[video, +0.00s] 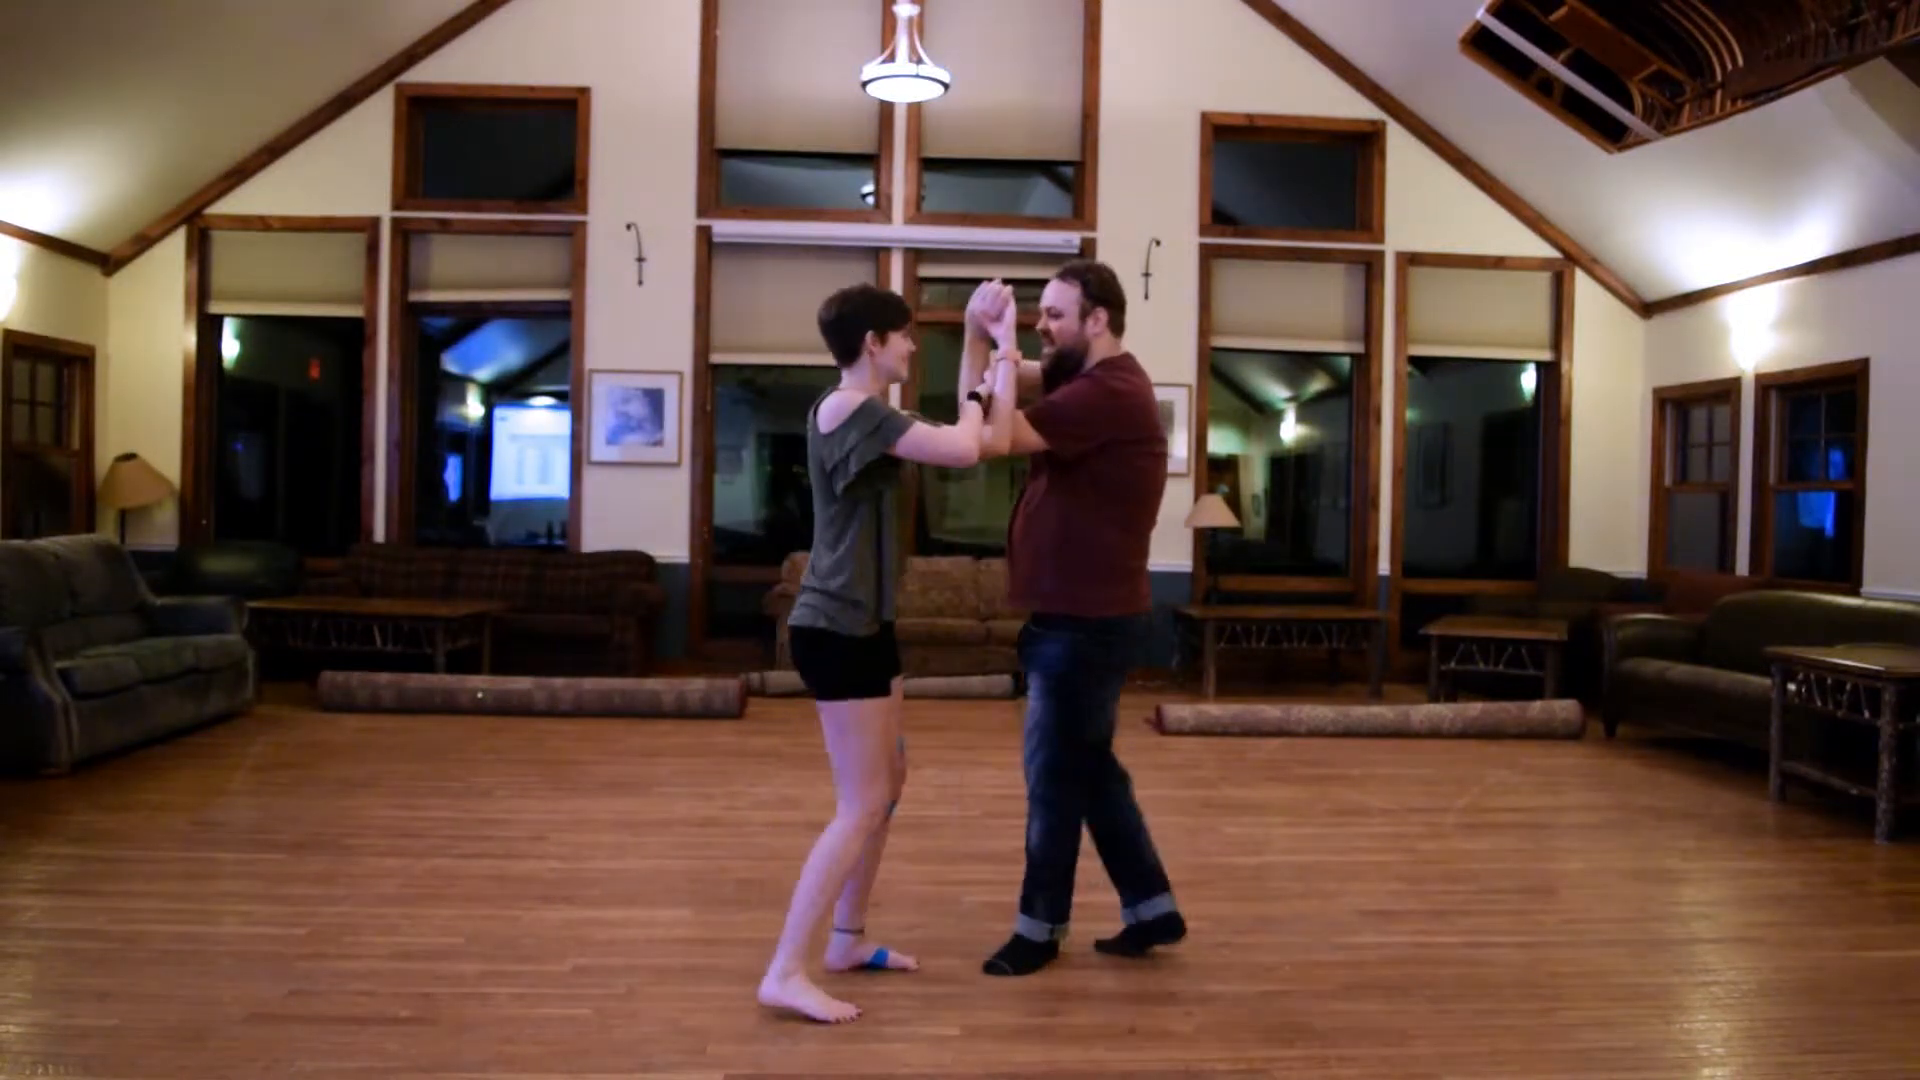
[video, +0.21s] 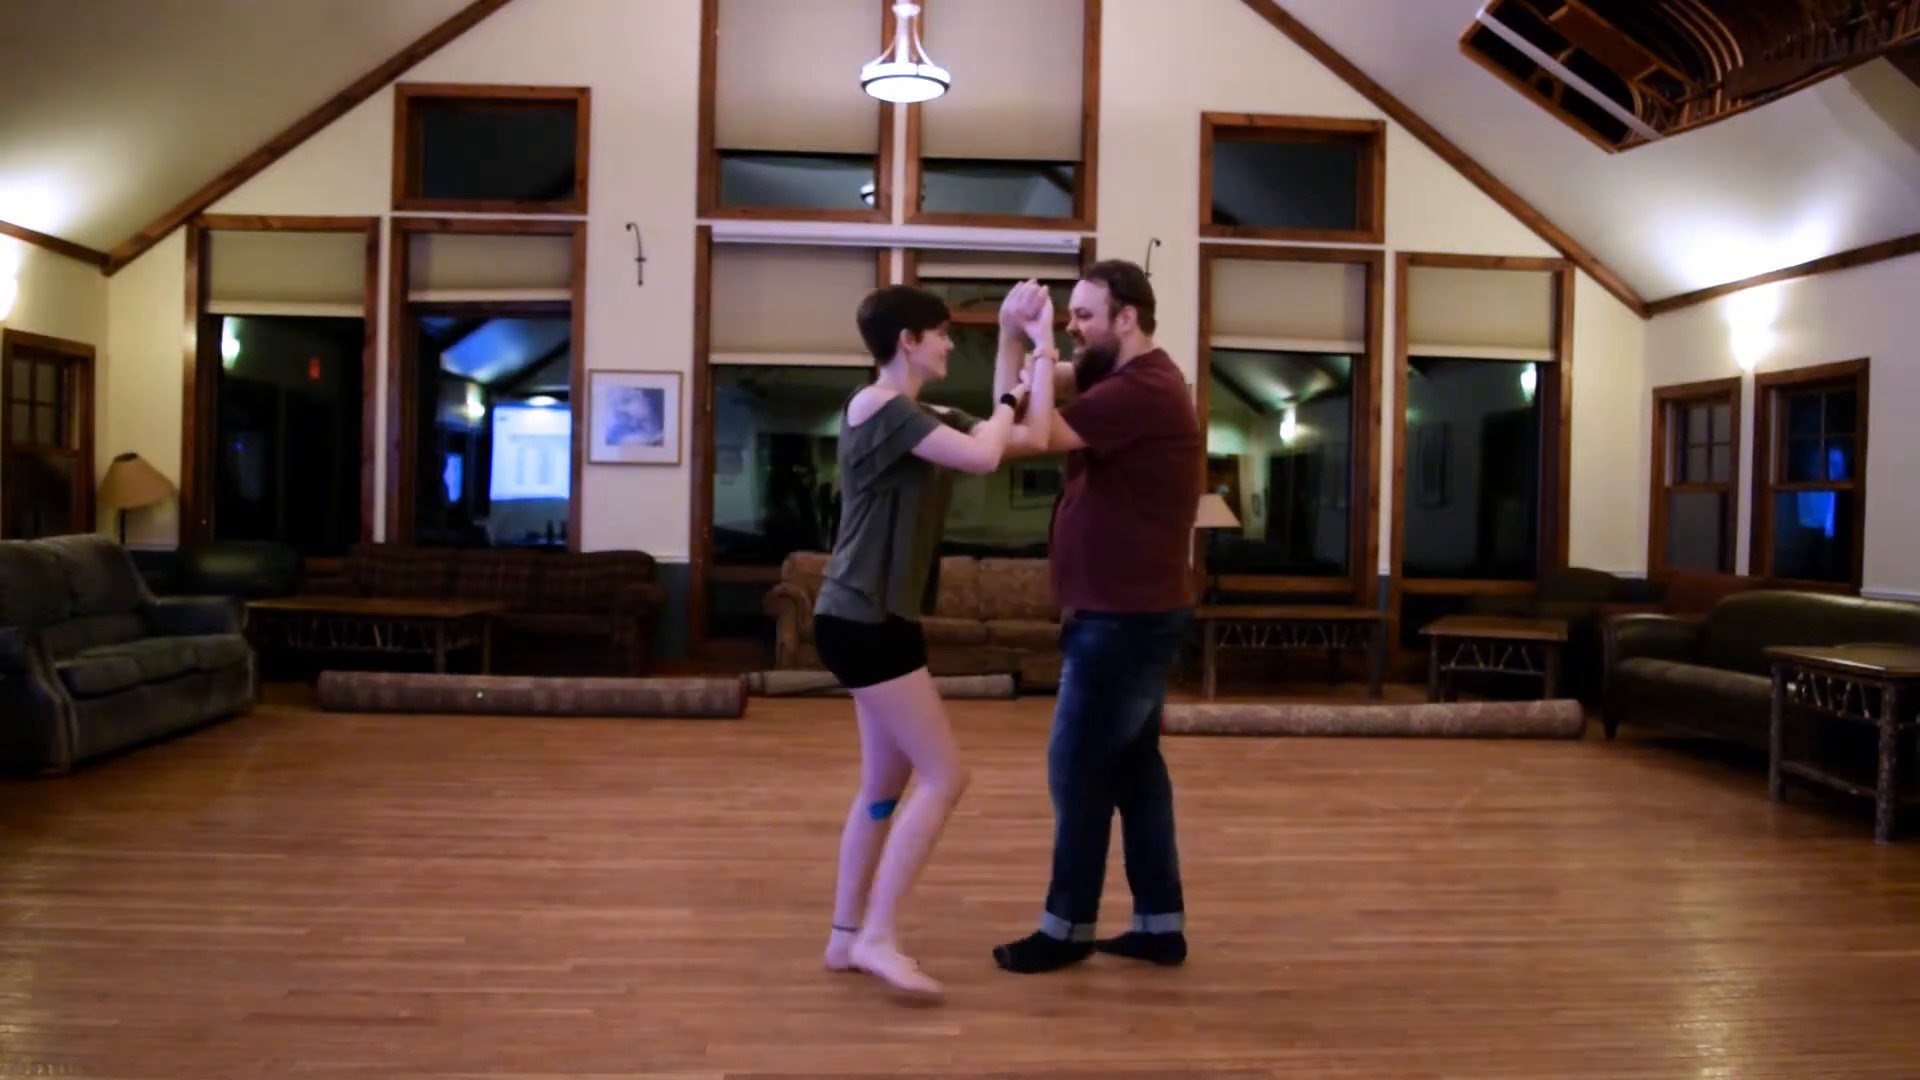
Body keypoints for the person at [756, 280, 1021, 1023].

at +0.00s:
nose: (913, 349)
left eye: (911, 336)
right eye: (907, 336)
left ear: (860, 347)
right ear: (876, 344)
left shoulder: (843, 409)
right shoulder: (858, 416)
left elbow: (955, 443)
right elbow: (969, 447)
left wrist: (972, 371)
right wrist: (998, 352)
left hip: (858, 623)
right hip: (840, 628)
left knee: (887, 778)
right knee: (862, 804)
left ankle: (846, 940)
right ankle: (784, 974)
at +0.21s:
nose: (951, 349)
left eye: (950, 337)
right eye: (944, 337)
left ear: (902, 344)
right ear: (909, 342)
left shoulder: (877, 406)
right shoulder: (889, 411)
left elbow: (998, 439)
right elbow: (983, 453)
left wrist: (1016, 363)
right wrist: (1012, 384)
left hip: (861, 615)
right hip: (872, 620)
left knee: (881, 785)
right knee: (945, 775)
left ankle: (846, 933)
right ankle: (877, 935)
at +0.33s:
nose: (979, 349)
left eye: (977, 337)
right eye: (971, 337)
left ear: (926, 345)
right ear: (938, 344)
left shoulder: (903, 407)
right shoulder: (915, 414)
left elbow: (1017, 439)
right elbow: (1012, 453)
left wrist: (1040, 353)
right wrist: (1036, 386)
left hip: (890, 615)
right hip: (897, 622)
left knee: (891, 782)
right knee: (967, 775)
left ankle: (847, 935)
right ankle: (979, 953)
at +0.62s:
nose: (1044, 358)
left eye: (1043, 346)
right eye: (1038, 347)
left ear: (994, 354)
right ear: (1008, 352)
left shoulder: (974, 418)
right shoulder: (991, 425)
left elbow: (1086, 448)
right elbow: (1091, 464)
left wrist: (1100, 364)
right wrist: (1116, 384)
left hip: (972, 626)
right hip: (989, 632)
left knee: (962, 789)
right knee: (1047, 790)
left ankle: (866, 913)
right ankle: (1055, 968)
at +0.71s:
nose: (1063, 357)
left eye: (1062, 345)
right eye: (1059, 345)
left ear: (1015, 352)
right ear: (1032, 350)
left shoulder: (990, 418)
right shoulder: (1015, 425)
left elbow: (1102, 448)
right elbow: (1123, 462)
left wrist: (1111, 363)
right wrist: (1145, 372)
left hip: (999, 623)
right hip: (1020, 629)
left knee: (1020, 797)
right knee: (1067, 791)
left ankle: (902, 890)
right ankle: (1056, 969)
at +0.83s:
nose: (1098, 350)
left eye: (1095, 338)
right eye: (1092, 338)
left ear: (1048, 348)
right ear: (1065, 346)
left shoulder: (1036, 412)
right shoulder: (1047, 421)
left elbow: (1134, 436)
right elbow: (1158, 461)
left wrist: (1142, 351)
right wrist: (1179, 371)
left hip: (1061, 625)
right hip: (1046, 630)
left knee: (1112, 791)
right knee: (1084, 798)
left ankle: (982, 886)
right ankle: (1057, 971)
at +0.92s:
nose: (1118, 349)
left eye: (1117, 337)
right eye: (1113, 337)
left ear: (1066, 347)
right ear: (1086, 344)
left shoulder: (1053, 410)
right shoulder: (1071, 419)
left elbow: (1161, 438)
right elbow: (1187, 454)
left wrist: (1165, 356)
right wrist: (1198, 371)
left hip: (1084, 625)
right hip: (1064, 631)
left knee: (1142, 788)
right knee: (1090, 801)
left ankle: (1045, 913)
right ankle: (1055, 970)